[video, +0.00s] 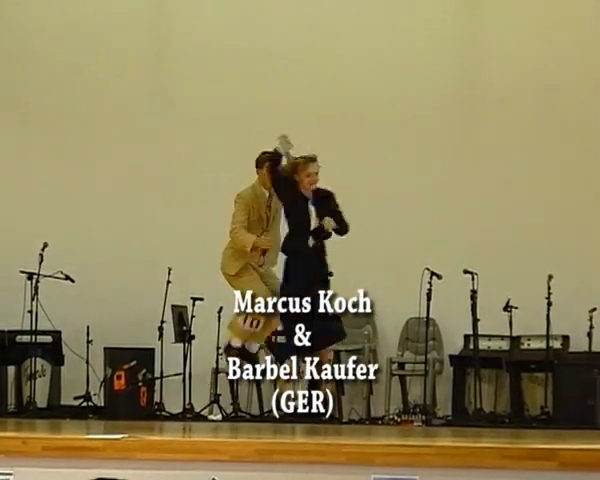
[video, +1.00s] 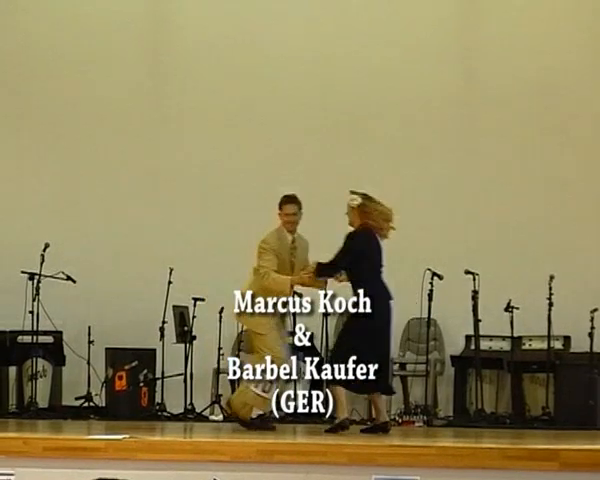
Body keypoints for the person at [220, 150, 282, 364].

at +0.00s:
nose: (274, 176)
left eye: (276, 171)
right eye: (269, 171)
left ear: (278, 172)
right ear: (259, 171)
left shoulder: (276, 197)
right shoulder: (245, 197)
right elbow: (236, 232)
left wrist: (285, 155)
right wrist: (256, 241)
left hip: (260, 264)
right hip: (238, 264)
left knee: (282, 298)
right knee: (262, 299)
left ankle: (251, 347)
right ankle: (234, 345)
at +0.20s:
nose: (265, 202)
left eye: (267, 197)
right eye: (261, 197)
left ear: (270, 199)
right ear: (249, 198)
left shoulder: (273, 221)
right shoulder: (238, 224)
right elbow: (233, 261)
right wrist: (259, 262)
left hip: (264, 293)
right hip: (239, 293)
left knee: (273, 347)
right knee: (253, 346)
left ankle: (261, 408)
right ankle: (240, 408)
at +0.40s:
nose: (259, 224)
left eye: (262, 220)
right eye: (255, 220)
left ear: (267, 221)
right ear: (246, 221)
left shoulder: (267, 248)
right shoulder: (235, 248)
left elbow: (273, 276)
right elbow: (240, 282)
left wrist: (284, 288)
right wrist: (270, 289)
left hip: (254, 316)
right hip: (233, 317)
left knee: (274, 359)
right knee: (256, 359)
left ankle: (262, 415)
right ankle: (238, 414)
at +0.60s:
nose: (250, 213)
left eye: (255, 209)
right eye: (247, 209)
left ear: (264, 210)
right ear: (242, 209)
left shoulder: (269, 235)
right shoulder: (235, 233)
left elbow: (284, 263)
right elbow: (247, 265)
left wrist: (313, 267)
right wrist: (281, 273)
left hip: (240, 299)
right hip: (217, 298)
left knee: (242, 350)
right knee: (227, 350)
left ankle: (254, 407)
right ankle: (237, 408)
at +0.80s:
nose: (258, 218)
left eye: (262, 214)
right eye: (254, 214)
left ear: (270, 215)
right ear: (249, 214)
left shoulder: (272, 240)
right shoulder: (243, 237)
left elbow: (285, 262)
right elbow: (259, 263)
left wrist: (309, 266)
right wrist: (297, 270)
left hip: (238, 304)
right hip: (218, 300)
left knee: (250, 354)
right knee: (228, 354)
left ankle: (253, 411)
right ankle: (232, 412)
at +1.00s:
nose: (290, 219)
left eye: (294, 215)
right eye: (285, 215)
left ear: (300, 215)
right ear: (279, 215)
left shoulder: (302, 244)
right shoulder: (269, 242)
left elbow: (303, 275)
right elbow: (265, 278)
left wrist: (327, 280)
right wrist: (295, 282)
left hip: (278, 308)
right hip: (257, 307)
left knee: (275, 361)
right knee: (277, 358)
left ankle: (245, 407)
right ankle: (247, 407)